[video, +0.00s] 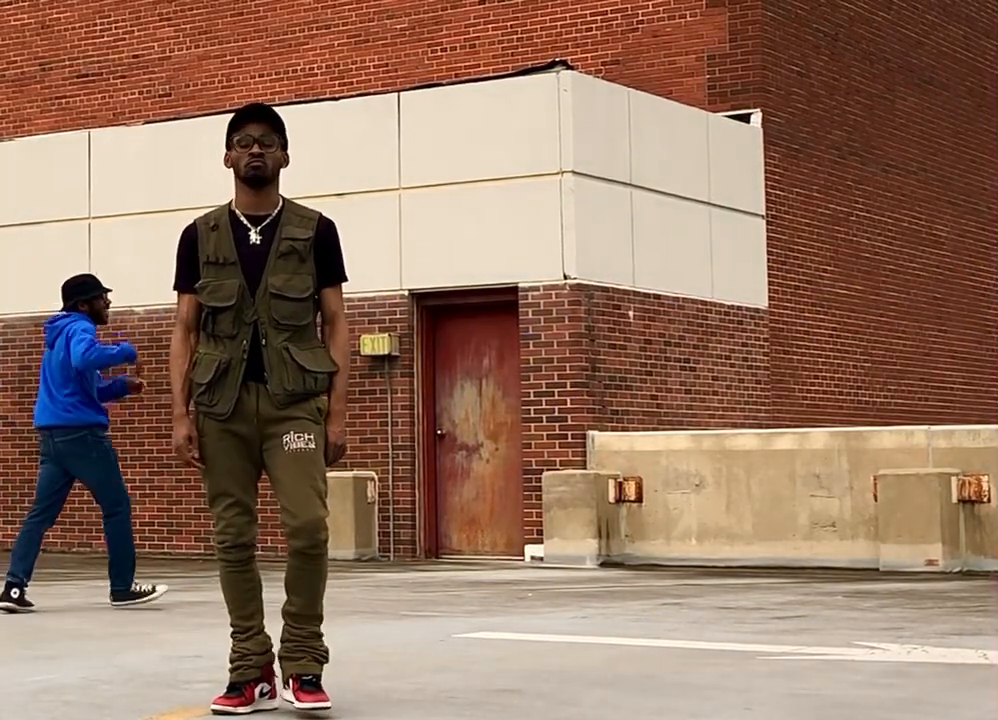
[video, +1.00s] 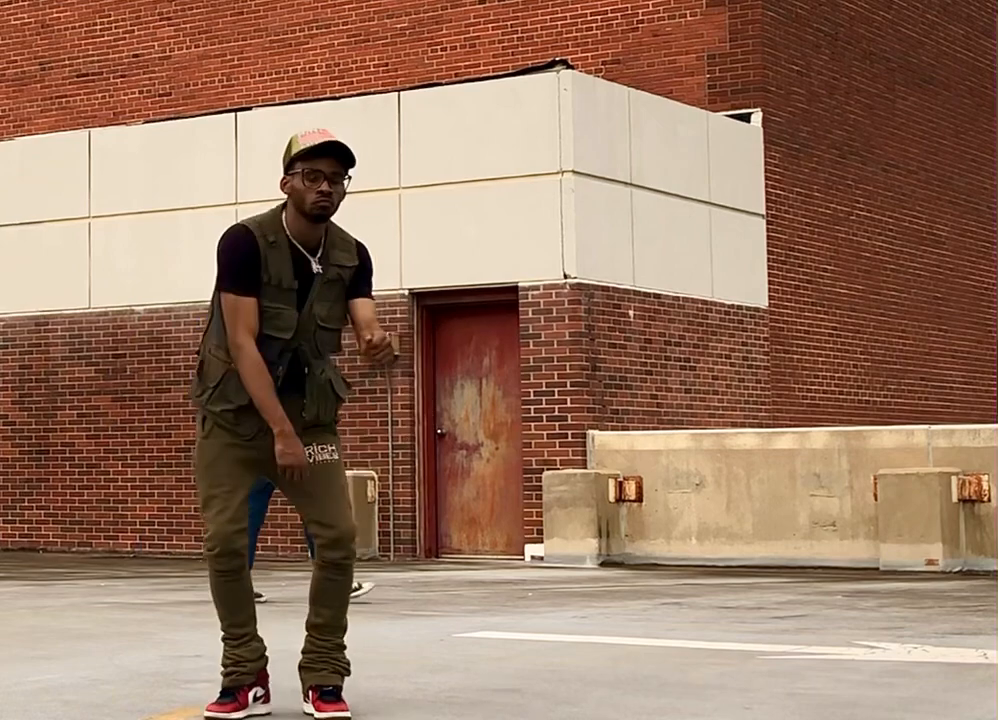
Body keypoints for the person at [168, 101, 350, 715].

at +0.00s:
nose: (255, 151)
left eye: (266, 143)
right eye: (244, 144)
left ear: (284, 156)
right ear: (228, 158)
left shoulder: (314, 229)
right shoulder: (199, 234)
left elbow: (336, 320)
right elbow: (184, 328)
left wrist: (336, 403)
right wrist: (180, 411)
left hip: (296, 403)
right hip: (221, 405)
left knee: (309, 529)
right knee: (232, 540)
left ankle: (303, 664)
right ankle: (249, 668)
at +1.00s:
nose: (324, 188)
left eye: (335, 180)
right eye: (312, 177)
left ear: (346, 188)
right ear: (286, 181)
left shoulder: (352, 256)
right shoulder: (244, 243)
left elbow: (366, 324)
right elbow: (242, 346)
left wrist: (378, 342)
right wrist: (282, 430)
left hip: (310, 415)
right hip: (234, 414)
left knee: (337, 542)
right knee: (224, 544)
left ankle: (324, 677)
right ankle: (244, 674)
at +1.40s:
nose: (280, 150)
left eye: (292, 143)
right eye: (268, 144)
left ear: (311, 157)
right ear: (254, 160)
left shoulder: (346, 231)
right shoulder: (225, 229)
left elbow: (363, 326)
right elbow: (203, 315)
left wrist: (332, 397)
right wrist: (207, 389)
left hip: (320, 404)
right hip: (242, 404)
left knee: (339, 537)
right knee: (233, 537)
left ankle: (329, 673)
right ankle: (245, 671)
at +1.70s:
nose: (299, 156)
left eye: (310, 150)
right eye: (287, 150)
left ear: (324, 165)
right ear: (269, 166)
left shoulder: (356, 231)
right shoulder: (241, 238)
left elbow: (372, 290)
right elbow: (243, 315)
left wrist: (352, 324)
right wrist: (246, 378)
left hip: (338, 404)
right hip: (266, 402)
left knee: (350, 542)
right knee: (241, 539)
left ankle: (331, 675)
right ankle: (251, 668)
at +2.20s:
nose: (290, 162)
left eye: (301, 156)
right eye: (280, 152)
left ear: (311, 170)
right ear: (257, 160)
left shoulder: (317, 229)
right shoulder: (224, 214)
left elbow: (345, 245)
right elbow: (205, 266)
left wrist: (345, 226)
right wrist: (280, 316)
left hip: (314, 396)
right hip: (243, 398)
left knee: (335, 524)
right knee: (246, 535)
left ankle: (319, 657)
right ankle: (252, 667)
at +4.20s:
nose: (259, 194)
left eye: (269, 186)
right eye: (247, 184)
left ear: (282, 195)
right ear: (228, 190)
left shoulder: (286, 253)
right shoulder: (200, 236)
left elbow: (324, 270)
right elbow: (170, 265)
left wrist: (310, 266)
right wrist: (244, 301)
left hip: (290, 421)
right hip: (219, 424)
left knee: (330, 526)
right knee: (202, 555)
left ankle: (332, 669)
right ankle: (198, 652)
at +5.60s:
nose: (254, 163)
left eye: (265, 152)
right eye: (241, 153)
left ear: (281, 159)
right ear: (223, 160)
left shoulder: (307, 221)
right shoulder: (194, 207)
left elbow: (311, 289)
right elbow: (159, 248)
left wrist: (303, 345)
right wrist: (171, 257)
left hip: (291, 416)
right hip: (209, 420)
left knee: (344, 530)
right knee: (198, 554)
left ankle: (313, 651)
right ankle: (238, 672)